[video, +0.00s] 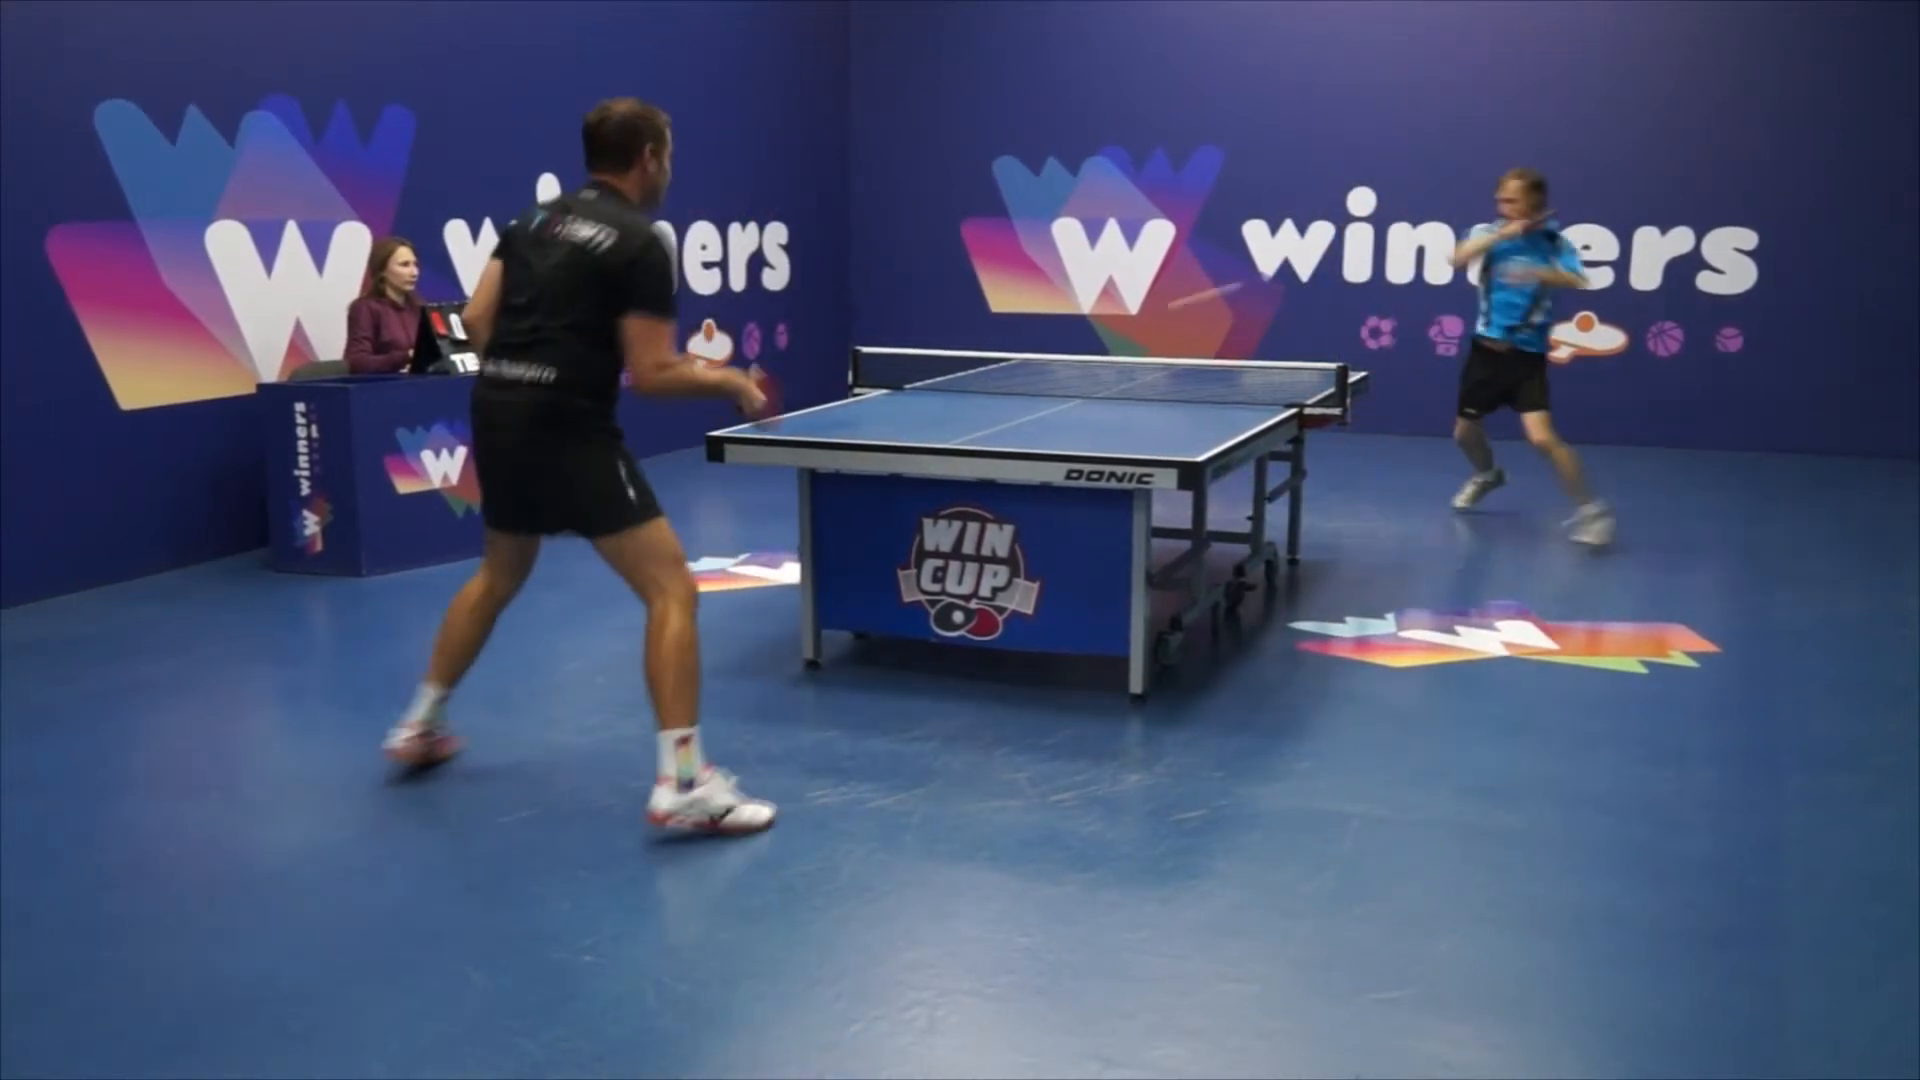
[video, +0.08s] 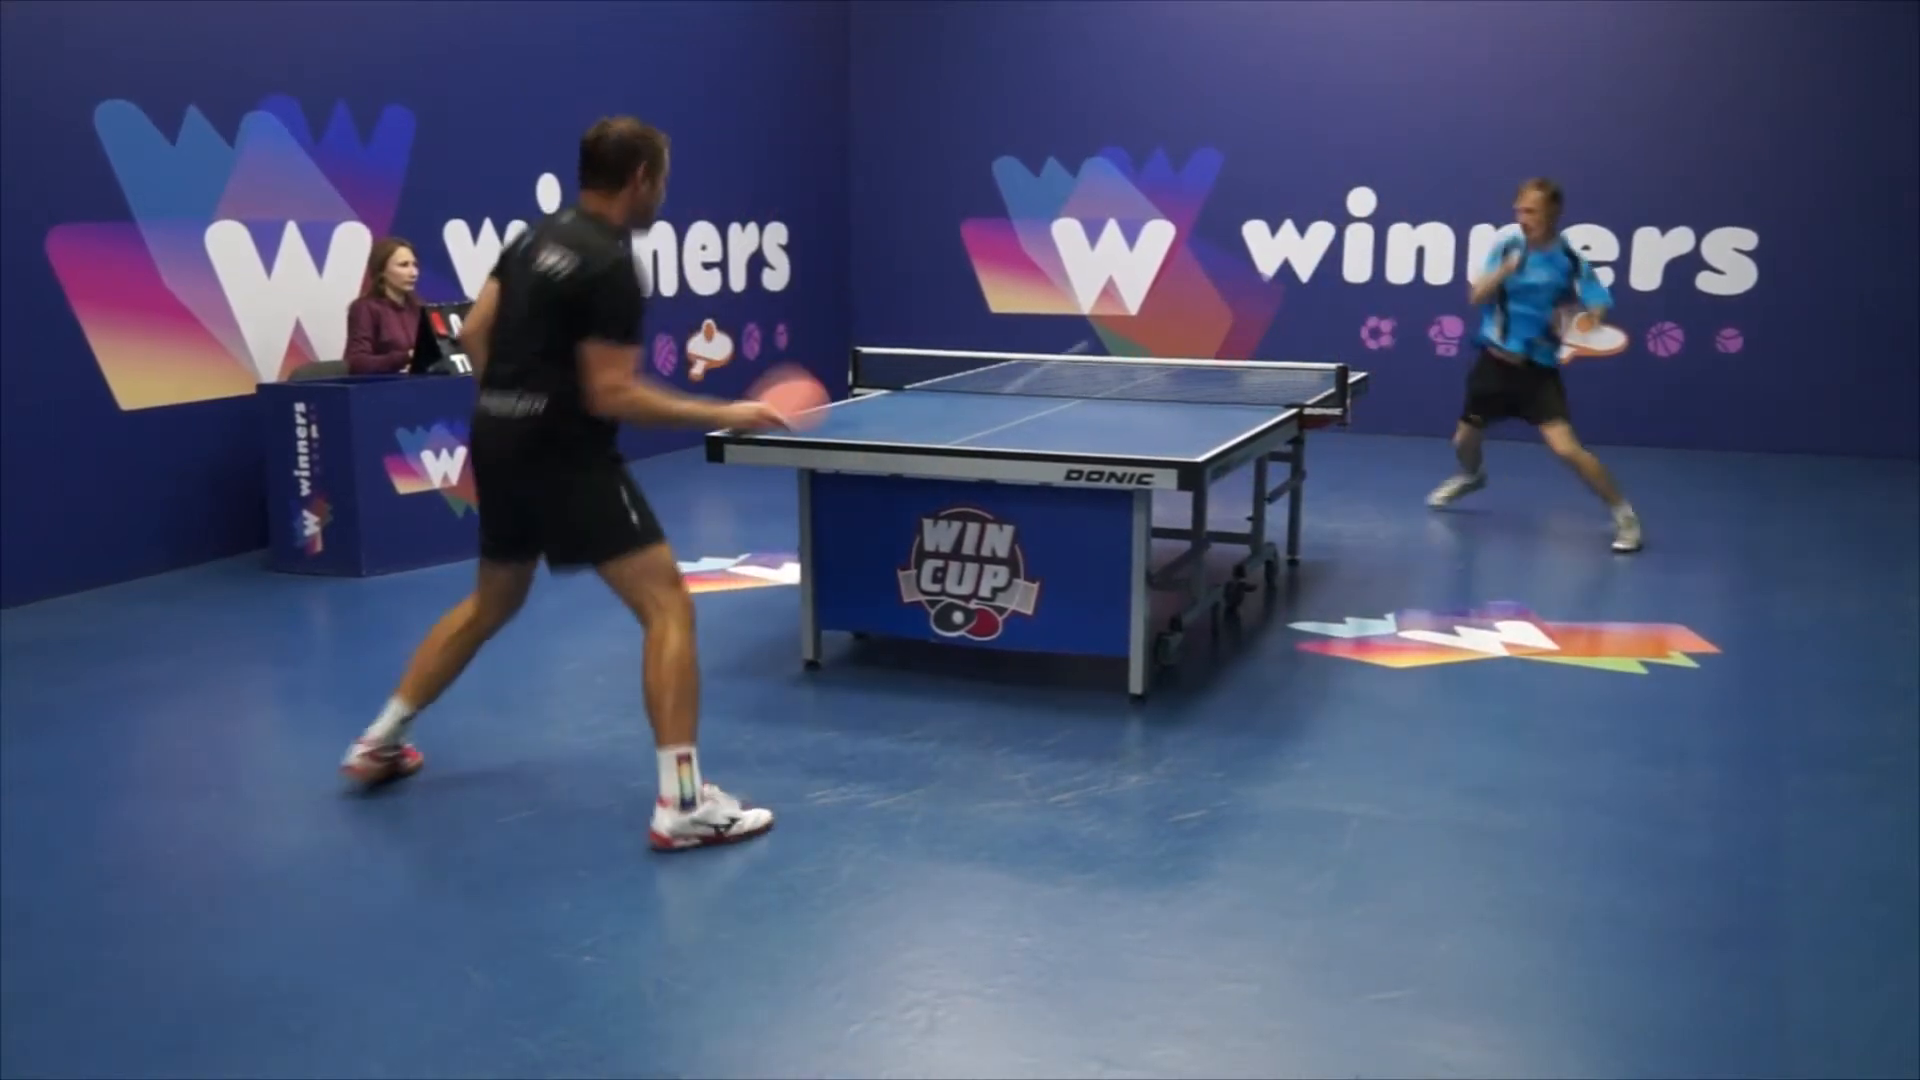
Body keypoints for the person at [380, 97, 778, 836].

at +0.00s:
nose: (669, 170)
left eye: (665, 157)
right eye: (666, 158)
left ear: (595, 158)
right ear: (648, 161)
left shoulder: (535, 220)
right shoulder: (642, 242)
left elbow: (479, 319)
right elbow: (651, 371)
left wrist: (536, 357)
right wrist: (733, 380)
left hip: (498, 422)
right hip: (573, 431)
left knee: (499, 573)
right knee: (671, 589)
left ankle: (419, 721)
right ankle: (682, 779)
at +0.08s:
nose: (662, 192)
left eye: (661, 180)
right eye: (660, 180)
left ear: (590, 175)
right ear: (636, 182)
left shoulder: (535, 238)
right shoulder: (610, 263)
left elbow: (476, 331)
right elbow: (610, 391)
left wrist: (508, 404)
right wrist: (724, 414)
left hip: (498, 448)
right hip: (571, 454)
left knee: (492, 603)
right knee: (667, 607)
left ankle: (379, 738)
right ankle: (682, 799)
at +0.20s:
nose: (619, 224)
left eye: (619, 211)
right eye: (617, 211)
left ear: (560, 195)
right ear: (594, 205)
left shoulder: (523, 251)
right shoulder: (545, 277)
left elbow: (496, 370)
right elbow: (533, 404)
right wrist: (631, 423)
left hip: (491, 463)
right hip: (533, 468)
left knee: (497, 619)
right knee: (643, 607)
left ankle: (361, 730)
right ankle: (680, 800)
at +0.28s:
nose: (569, 215)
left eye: (568, 201)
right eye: (566, 201)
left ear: (508, 191)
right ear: (541, 198)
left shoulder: (473, 254)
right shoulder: (522, 290)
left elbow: (490, 376)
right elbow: (567, 410)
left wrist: (558, 417)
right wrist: (645, 420)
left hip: (469, 463)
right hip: (514, 470)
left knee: (478, 617)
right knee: (603, 619)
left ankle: (351, 734)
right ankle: (655, 802)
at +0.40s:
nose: (533, 198)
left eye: (531, 185)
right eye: (529, 186)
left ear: (457, 189)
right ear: (506, 190)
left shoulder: (411, 259)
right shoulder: (525, 292)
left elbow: (450, 368)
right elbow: (602, 368)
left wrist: (533, 404)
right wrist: (658, 358)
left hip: (433, 468)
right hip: (502, 474)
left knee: (454, 609)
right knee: (589, 622)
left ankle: (342, 740)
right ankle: (616, 811)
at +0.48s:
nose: (527, 191)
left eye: (526, 179)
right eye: (524, 180)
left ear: (447, 184)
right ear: (502, 184)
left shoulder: (398, 262)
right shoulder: (526, 282)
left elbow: (423, 368)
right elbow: (602, 364)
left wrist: (518, 399)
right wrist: (635, 326)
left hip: (423, 471)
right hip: (500, 477)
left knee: (429, 606)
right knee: (601, 623)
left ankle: (341, 744)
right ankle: (616, 805)